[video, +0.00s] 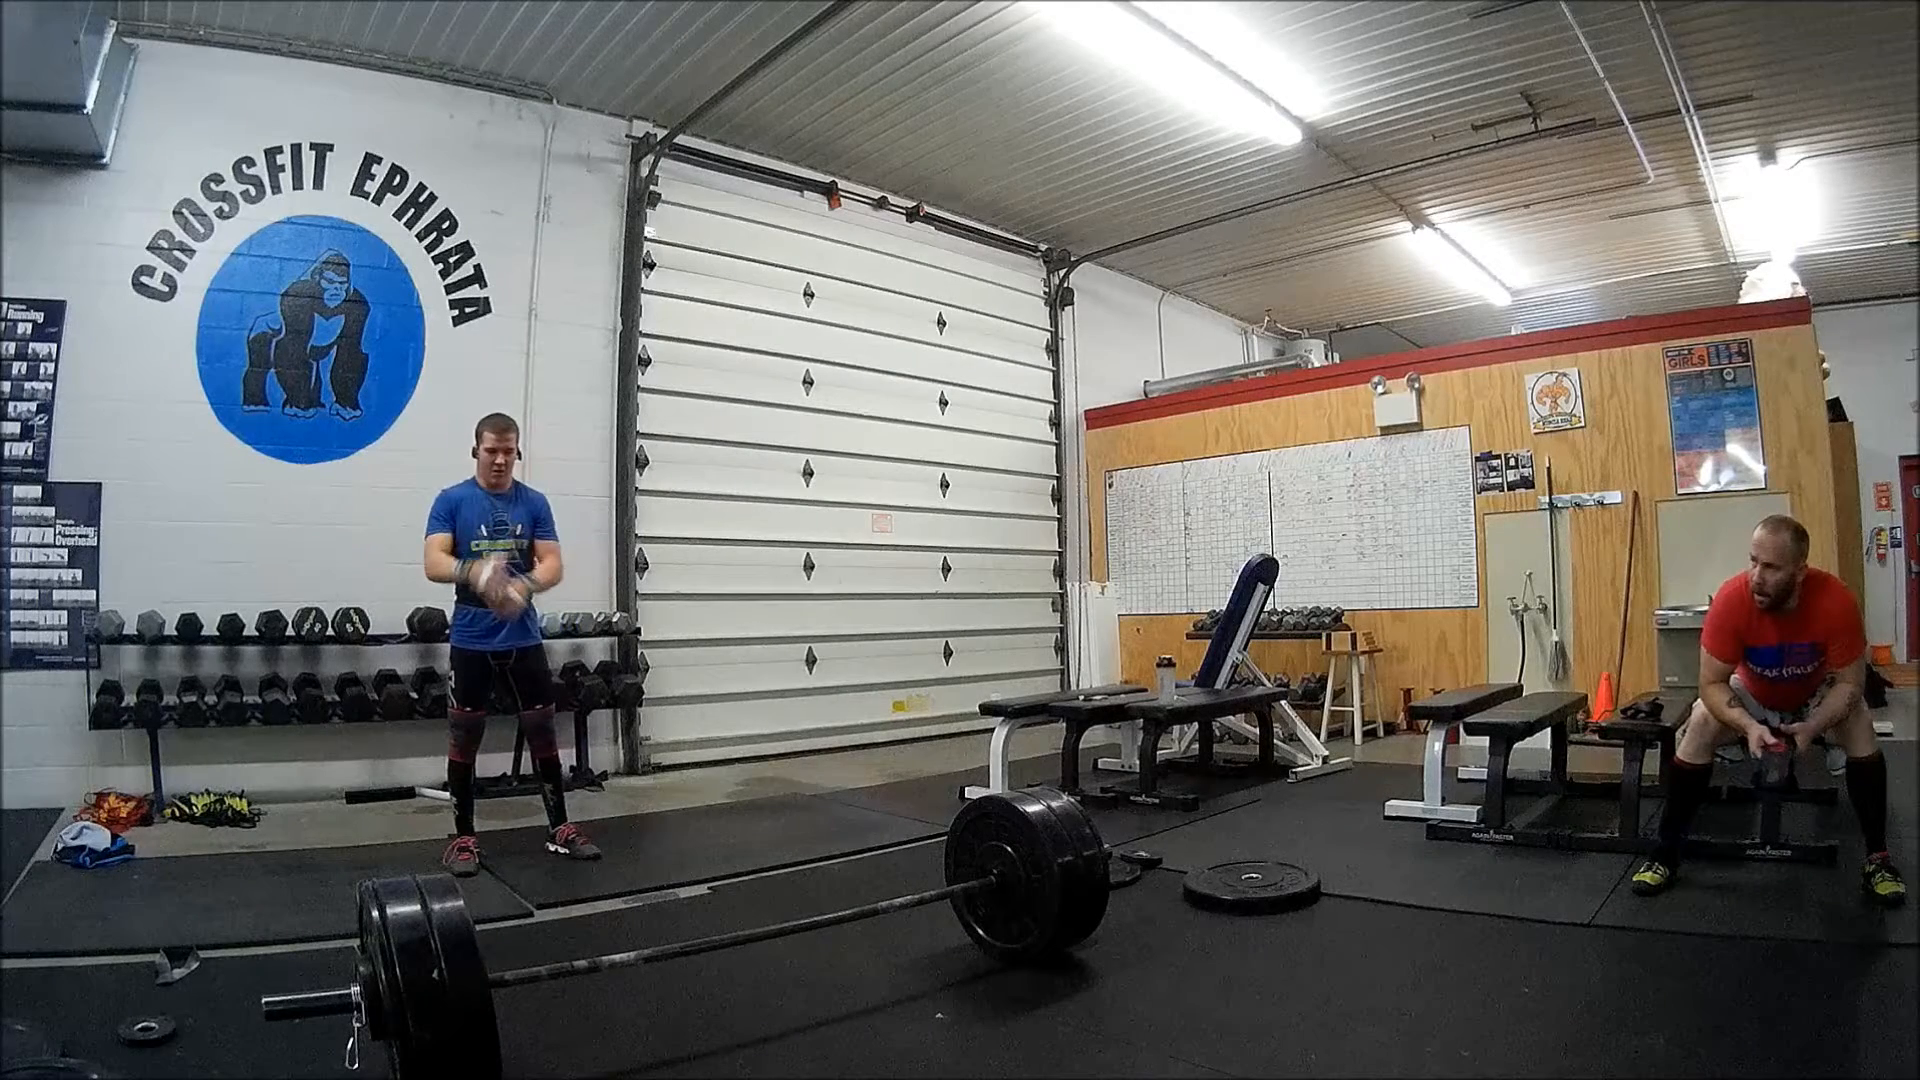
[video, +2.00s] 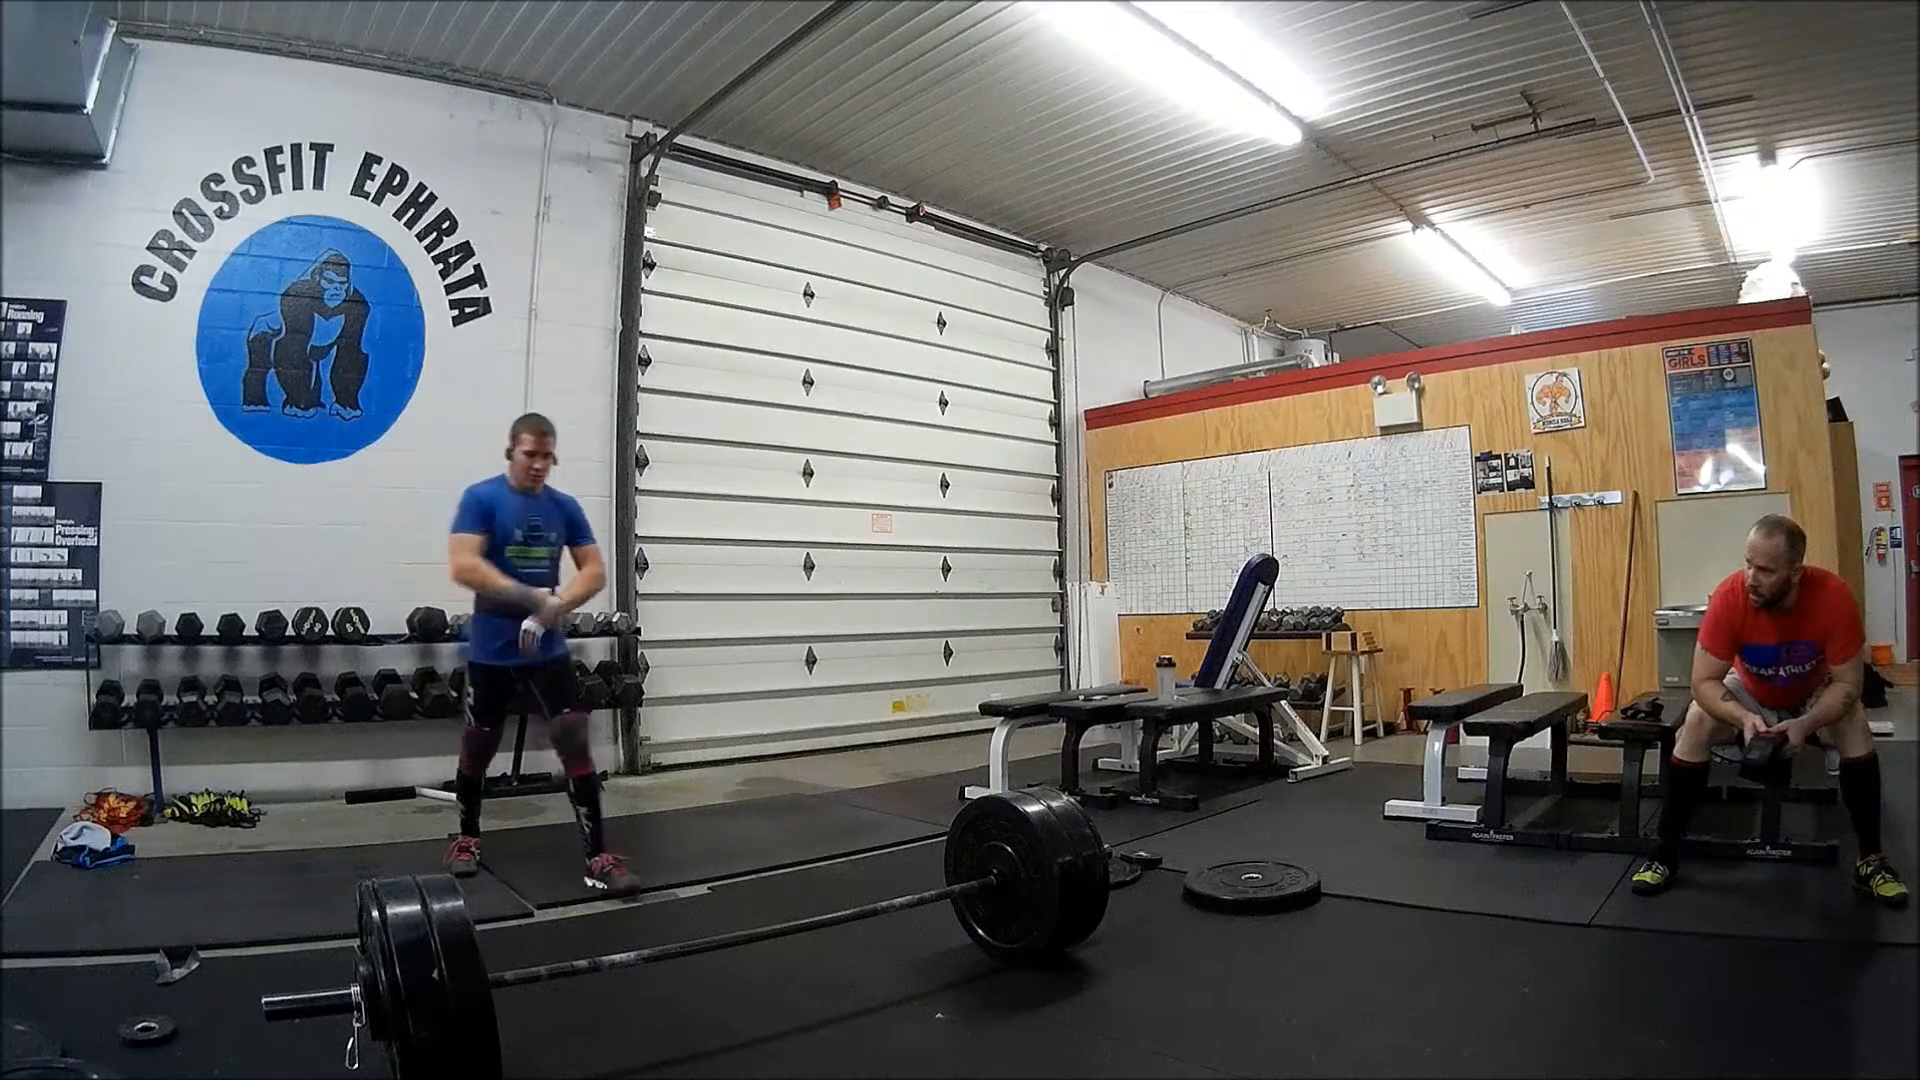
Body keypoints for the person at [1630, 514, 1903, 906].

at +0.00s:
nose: (1757, 577)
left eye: (1771, 567)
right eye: (1753, 563)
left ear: (1801, 568)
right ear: (1748, 558)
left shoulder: (1835, 601)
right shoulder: (1730, 599)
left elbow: (1850, 681)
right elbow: (1711, 683)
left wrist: (1812, 727)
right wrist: (1748, 726)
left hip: (1815, 695)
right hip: (1751, 694)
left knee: (1859, 723)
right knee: (1700, 721)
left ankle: (1878, 858)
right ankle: (1665, 856)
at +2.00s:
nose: (1752, 579)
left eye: (1765, 571)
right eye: (1749, 565)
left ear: (1797, 569)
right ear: (1745, 558)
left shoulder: (1833, 596)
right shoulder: (1729, 597)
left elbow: (1848, 683)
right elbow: (1703, 683)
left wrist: (1806, 723)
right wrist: (1742, 718)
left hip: (1813, 696)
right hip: (1749, 694)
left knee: (1853, 721)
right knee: (1696, 720)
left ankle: (1871, 860)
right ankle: (1665, 856)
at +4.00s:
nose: (1755, 584)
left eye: (1768, 575)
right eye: (1751, 571)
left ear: (1797, 569)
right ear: (1746, 562)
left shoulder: (1834, 597)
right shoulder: (1731, 597)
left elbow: (1849, 683)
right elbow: (1703, 682)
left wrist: (1805, 723)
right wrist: (1741, 717)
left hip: (1815, 695)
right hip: (1751, 693)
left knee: (1854, 723)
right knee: (1696, 721)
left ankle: (1871, 859)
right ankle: (1664, 857)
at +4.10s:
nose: (1756, 584)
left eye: (1768, 575)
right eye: (1751, 571)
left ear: (1798, 569)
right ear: (1746, 561)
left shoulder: (1833, 597)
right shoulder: (1730, 598)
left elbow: (1849, 683)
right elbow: (1703, 682)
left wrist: (1806, 723)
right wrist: (1742, 718)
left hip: (1815, 695)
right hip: (1751, 693)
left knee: (1853, 723)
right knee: (1696, 722)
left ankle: (1871, 859)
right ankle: (1664, 857)